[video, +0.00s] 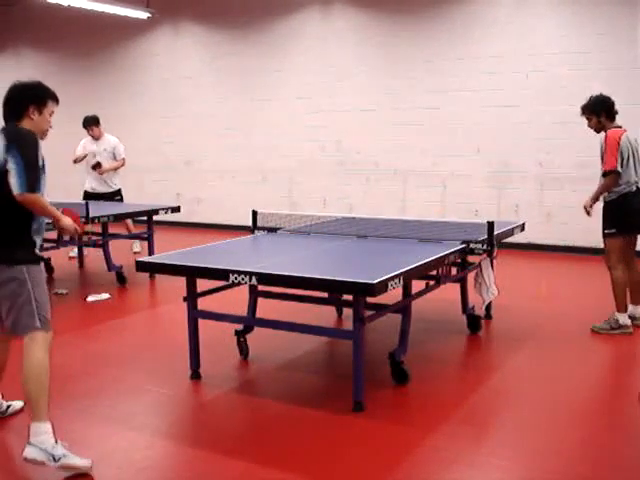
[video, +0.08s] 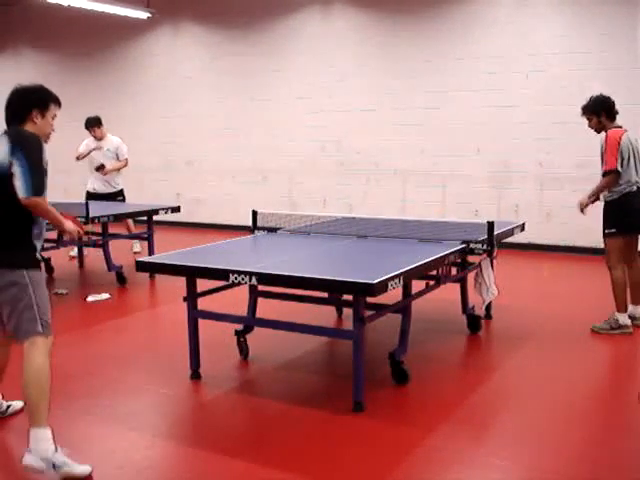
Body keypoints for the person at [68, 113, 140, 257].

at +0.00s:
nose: (90, 133)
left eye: (92, 129)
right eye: (88, 130)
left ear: (99, 127)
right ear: (86, 130)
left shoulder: (113, 142)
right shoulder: (86, 142)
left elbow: (121, 161)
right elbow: (75, 160)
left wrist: (106, 168)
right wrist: (85, 154)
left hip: (111, 189)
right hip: (91, 189)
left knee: (124, 217)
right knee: (85, 220)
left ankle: (135, 240)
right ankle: (79, 245)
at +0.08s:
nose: (93, 134)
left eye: (95, 130)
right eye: (91, 131)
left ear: (101, 127)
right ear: (89, 131)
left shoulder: (116, 142)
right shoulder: (89, 142)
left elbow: (124, 162)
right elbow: (78, 157)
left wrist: (109, 169)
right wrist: (91, 150)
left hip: (114, 189)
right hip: (94, 189)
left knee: (125, 217)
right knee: (87, 220)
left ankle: (135, 240)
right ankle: (79, 245)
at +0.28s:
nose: (111, 133)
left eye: (112, 131)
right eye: (108, 132)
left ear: (117, 127)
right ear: (106, 132)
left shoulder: (132, 140)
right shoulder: (107, 141)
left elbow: (142, 158)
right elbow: (108, 136)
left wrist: (130, 168)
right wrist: (126, 132)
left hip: (128, 184)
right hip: (110, 183)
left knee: (133, 216)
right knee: (104, 216)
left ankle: (136, 241)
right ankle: (103, 242)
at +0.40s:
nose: (115, 134)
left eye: (116, 131)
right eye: (112, 132)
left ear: (120, 128)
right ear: (109, 132)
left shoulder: (135, 138)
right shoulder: (112, 141)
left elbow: (145, 157)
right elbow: (110, 135)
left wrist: (132, 168)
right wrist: (129, 129)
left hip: (131, 183)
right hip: (113, 182)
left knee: (134, 215)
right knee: (107, 214)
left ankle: (136, 240)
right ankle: (107, 240)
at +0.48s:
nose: (120, 137)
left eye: (121, 133)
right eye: (117, 134)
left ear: (126, 130)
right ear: (112, 133)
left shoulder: (138, 139)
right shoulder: (115, 141)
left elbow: (147, 156)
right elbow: (111, 134)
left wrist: (134, 166)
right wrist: (129, 126)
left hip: (133, 183)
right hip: (116, 182)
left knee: (135, 215)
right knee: (113, 214)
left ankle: (136, 240)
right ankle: (112, 239)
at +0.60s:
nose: (120, 136)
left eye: (121, 132)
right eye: (117, 134)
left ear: (126, 129)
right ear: (113, 134)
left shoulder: (139, 138)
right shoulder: (116, 142)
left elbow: (149, 155)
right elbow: (111, 132)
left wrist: (135, 165)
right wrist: (128, 123)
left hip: (135, 183)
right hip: (117, 182)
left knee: (135, 215)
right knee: (115, 215)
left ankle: (137, 240)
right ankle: (117, 239)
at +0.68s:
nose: (121, 136)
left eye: (121, 132)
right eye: (118, 133)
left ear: (127, 129)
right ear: (114, 133)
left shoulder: (139, 138)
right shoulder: (116, 142)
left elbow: (149, 155)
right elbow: (111, 130)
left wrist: (135, 165)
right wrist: (128, 123)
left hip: (135, 182)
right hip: (118, 181)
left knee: (136, 215)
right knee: (116, 214)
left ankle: (137, 240)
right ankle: (117, 239)